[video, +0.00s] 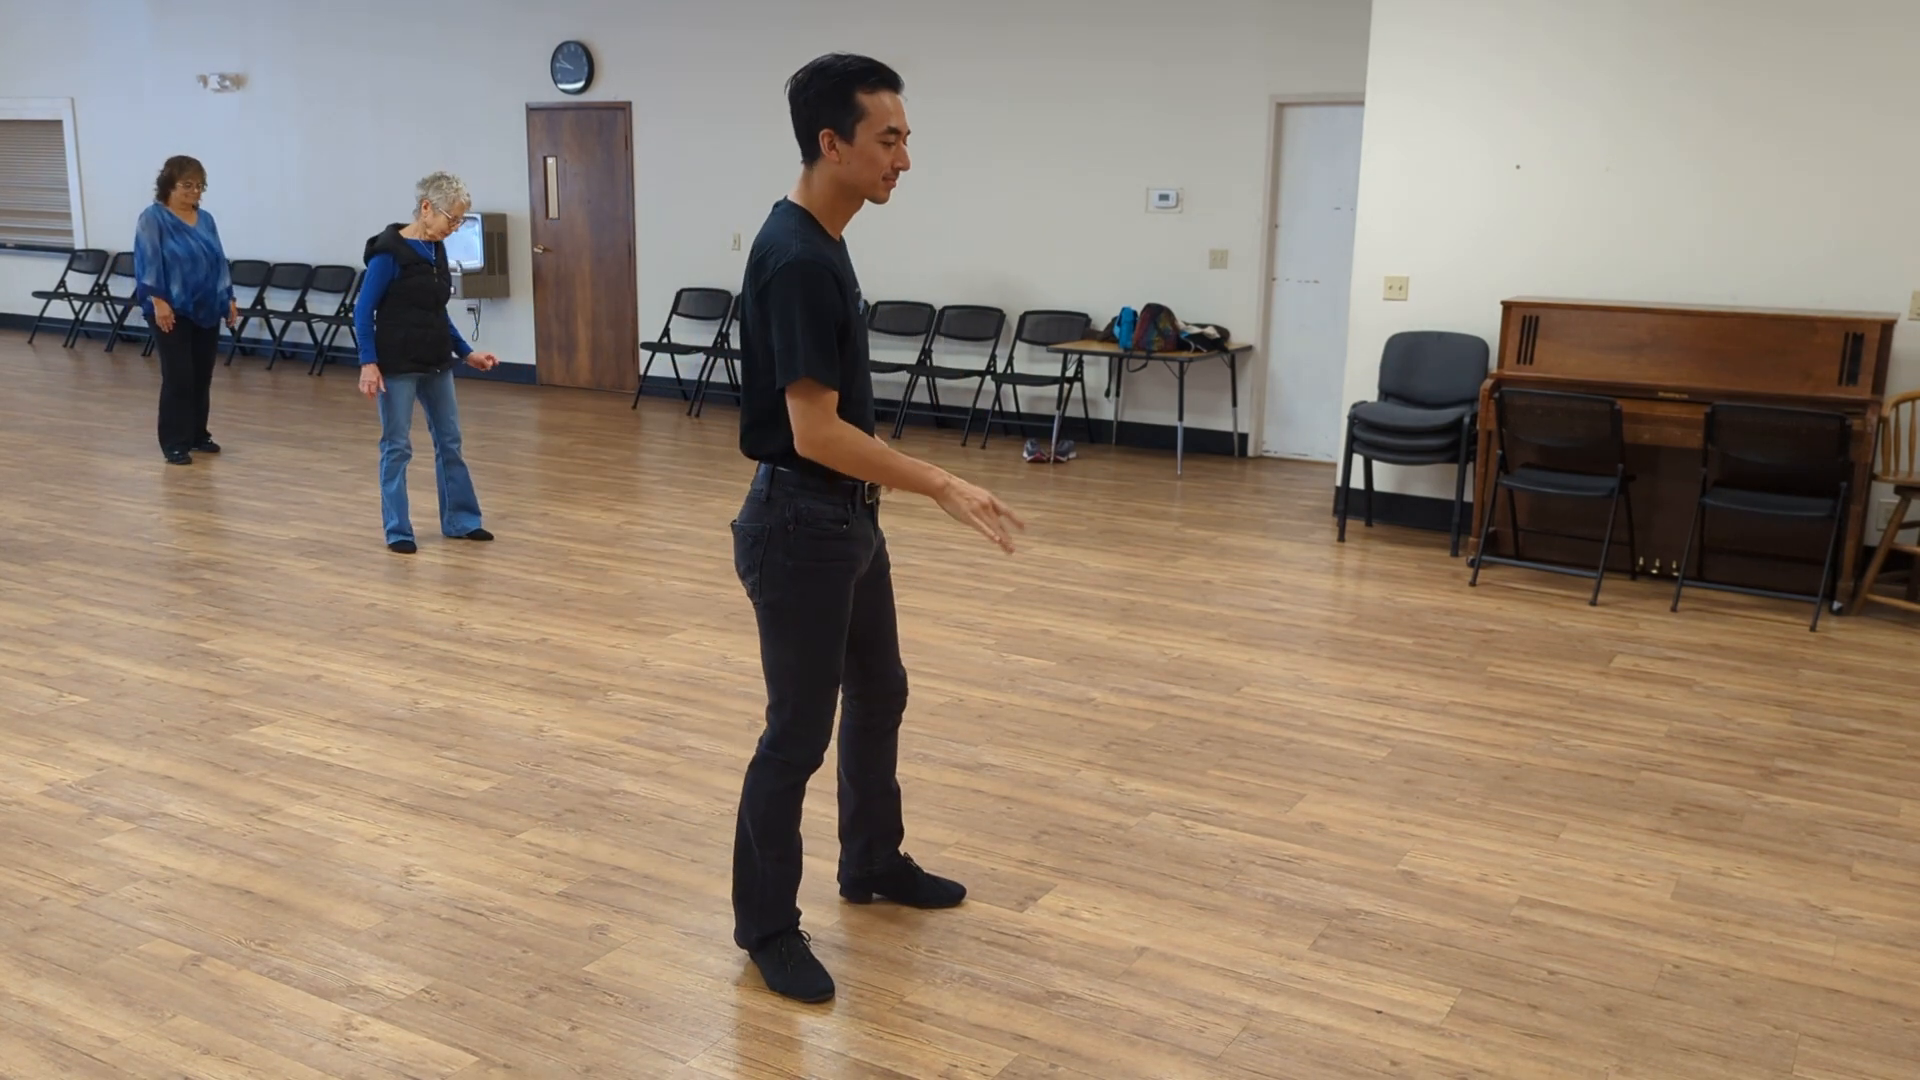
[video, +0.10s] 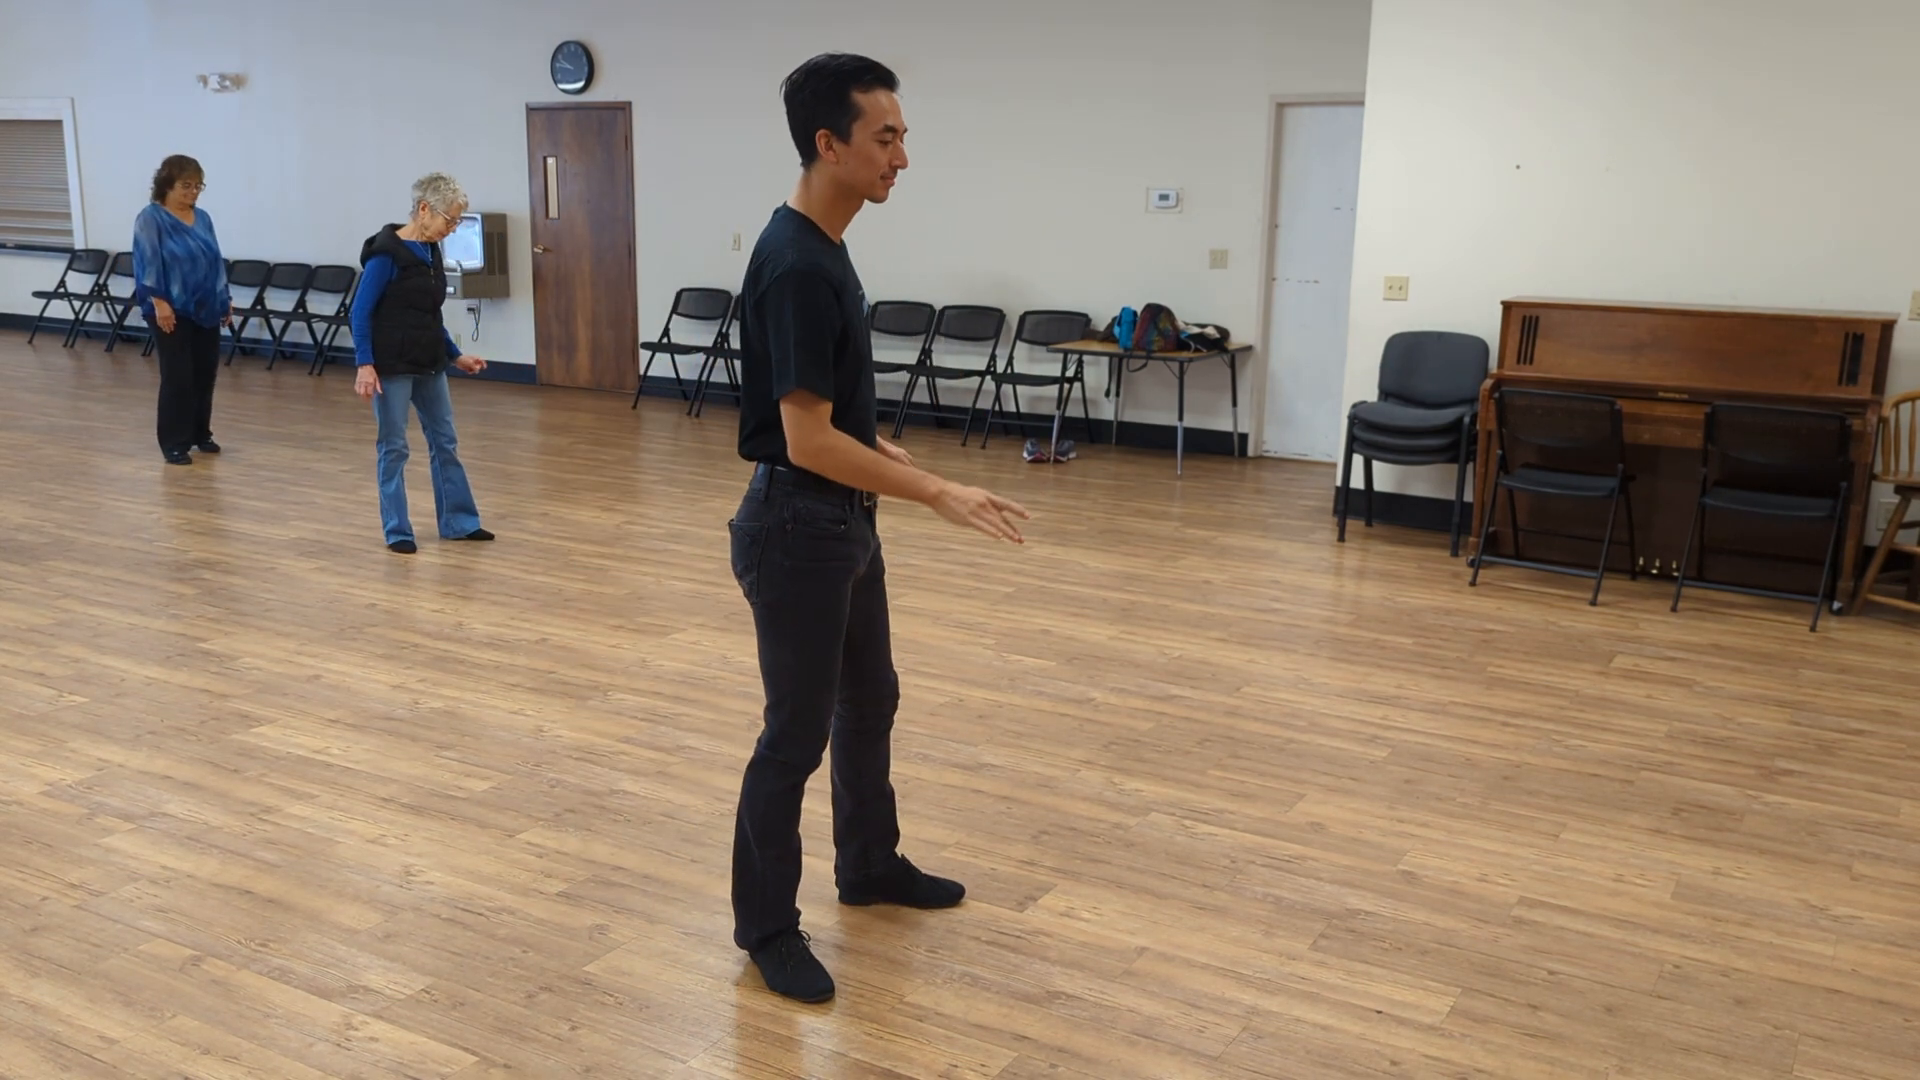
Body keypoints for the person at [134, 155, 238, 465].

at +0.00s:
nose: (196, 191)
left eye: (199, 186)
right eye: (189, 185)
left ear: (202, 188)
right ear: (170, 185)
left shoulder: (205, 218)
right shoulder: (153, 217)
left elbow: (219, 262)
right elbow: (148, 265)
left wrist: (229, 299)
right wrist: (159, 301)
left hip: (206, 310)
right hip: (172, 310)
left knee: (201, 375)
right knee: (178, 377)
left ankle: (198, 435)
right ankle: (174, 443)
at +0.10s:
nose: (194, 191)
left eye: (198, 186)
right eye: (187, 185)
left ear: (200, 187)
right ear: (168, 184)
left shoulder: (201, 216)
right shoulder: (150, 218)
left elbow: (215, 262)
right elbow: (147, 266)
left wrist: (224, 300)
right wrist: (159, 303)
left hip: (206, 309)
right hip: (172, 310)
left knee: (204, 374)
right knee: (178, 377)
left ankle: (200, 434)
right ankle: (173, 444)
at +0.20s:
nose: (193, 192)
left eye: (196, 187)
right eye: (186, 186)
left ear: (199, 188)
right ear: (167, 185)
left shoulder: (199, 216)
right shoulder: (149, 218)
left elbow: (213, 265)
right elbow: (146, 267)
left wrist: (221, 304)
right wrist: (159, 303)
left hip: (205, 309)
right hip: (170, 310)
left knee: (218, 369)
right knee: (176, 375)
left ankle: (203, 430)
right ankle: (173, 444)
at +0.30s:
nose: (193, 194)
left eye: (197, 188)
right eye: (186, 188)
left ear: (200, 188)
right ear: (167, 186)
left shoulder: (200, 216)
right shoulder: (150, 218)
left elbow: (214, 263)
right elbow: (147, 267)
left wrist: (225, 299)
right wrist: (159, 304)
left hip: (206, 308)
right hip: (171, 310)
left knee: (225, 366)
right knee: (177, 376)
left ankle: (213, 428)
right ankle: (174, 445)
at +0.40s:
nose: (197, 194)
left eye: (201, 188)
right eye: (190, 188)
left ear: (204, 188)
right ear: (171, 186)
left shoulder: (205, 217)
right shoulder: (154, 219)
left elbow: (219, 261)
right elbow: (150, 266)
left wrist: (229, 297)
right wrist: (159, 304)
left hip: (211, 309)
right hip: (176, 311)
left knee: (225, 372)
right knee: (179, 378)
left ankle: (235, 437)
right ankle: (174, 446)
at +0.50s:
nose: (202, 196)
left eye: (206, 190)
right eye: (195, 190)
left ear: (210, 190)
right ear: (177, 187)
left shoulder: (211, 218)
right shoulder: (159, 219)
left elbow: (226, 262)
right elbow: (153, 267)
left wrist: (236, 299)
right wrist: (161, 305)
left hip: (218, 311)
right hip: (182, 312)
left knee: (228, 378)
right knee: (183, 380)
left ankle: (241, 439)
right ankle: (175, 447)